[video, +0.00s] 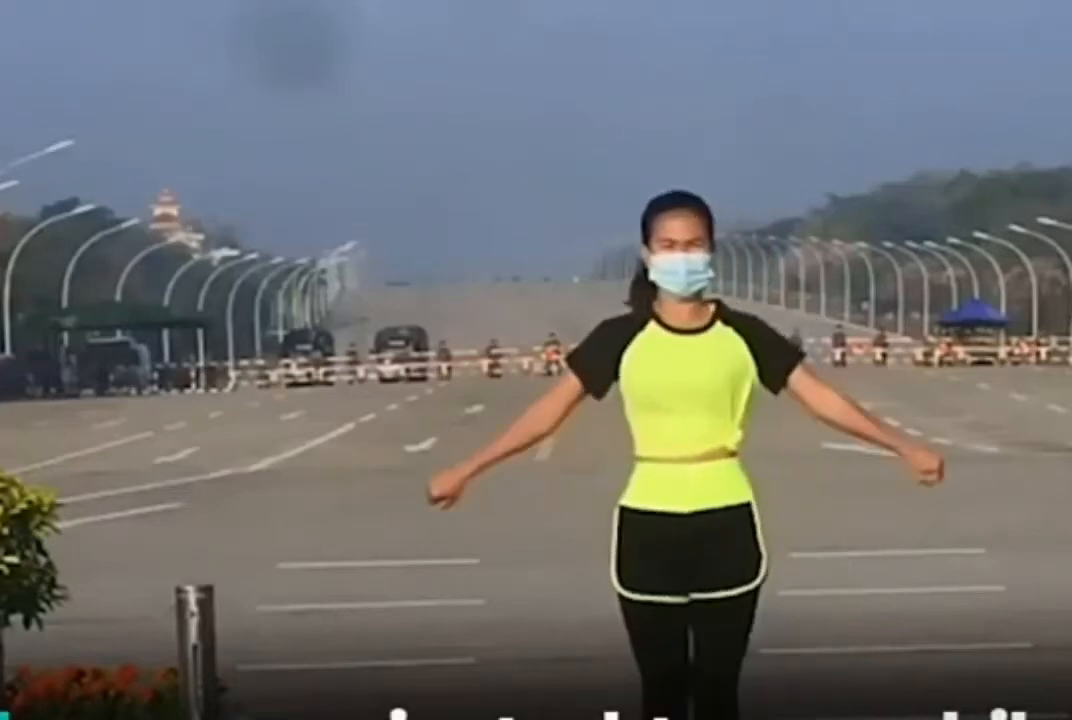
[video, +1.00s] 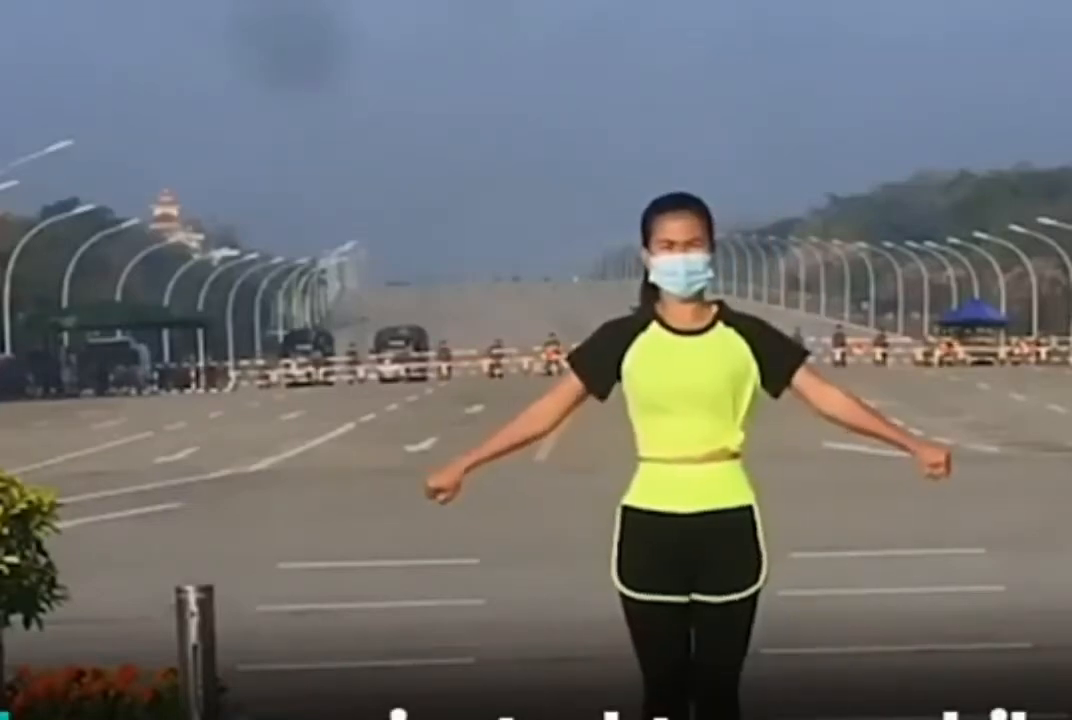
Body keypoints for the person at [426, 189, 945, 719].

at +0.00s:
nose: (686, 257)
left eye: (697, 244)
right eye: (670, 245)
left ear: (713, 253)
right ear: (646, 255)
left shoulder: (745, 334)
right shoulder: (619, 337)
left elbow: (821, 399)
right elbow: (547, 414)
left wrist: (905, 446)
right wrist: (465, 471)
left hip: (728, 523)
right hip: (647, 525)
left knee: (717, 692)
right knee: (662, 692)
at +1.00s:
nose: (684, 259)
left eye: (696, 245)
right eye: (669, 247)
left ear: (713, 254)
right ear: (646, 258)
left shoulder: (748, 336)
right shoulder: (622, 339)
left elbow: (826, 398)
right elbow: (544, 415)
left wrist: (912, 444)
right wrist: (461, 465)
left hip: (729, 525)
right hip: (649, 526)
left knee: (717, 693)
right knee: (664, 693)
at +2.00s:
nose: (616, 267)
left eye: (629, 255)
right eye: (602, 255)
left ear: (648, 262)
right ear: (583, 261)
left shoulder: (677, 334)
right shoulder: (559, 339)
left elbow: (660, 409)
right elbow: (569, 424)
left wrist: (589, 343)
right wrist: (624, 353)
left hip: (662, 527)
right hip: (582, 529)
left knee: (682, 695)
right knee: (565, 697)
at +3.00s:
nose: (682, 275)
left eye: (694, 262)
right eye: (667, 263)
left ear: (710, 272)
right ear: (645, 274)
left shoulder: (745, 357)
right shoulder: (619, 362)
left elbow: (768, 466)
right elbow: (609, 472)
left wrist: (786, 559)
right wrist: (606, 564)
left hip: (732, 550)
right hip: (650, 553)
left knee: (733, 707)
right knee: (667, 708)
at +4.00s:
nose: (774, 246)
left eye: (785, 234)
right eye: (759, 236)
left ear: (803, 244)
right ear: (738, 251)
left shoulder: (839, 317)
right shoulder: (721, 326)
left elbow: (861, 340)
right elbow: (713, 367)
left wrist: (875, 346)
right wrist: (713, 385)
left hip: (835, 507)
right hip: (755, 512)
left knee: (868, 670)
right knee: (726, 670)